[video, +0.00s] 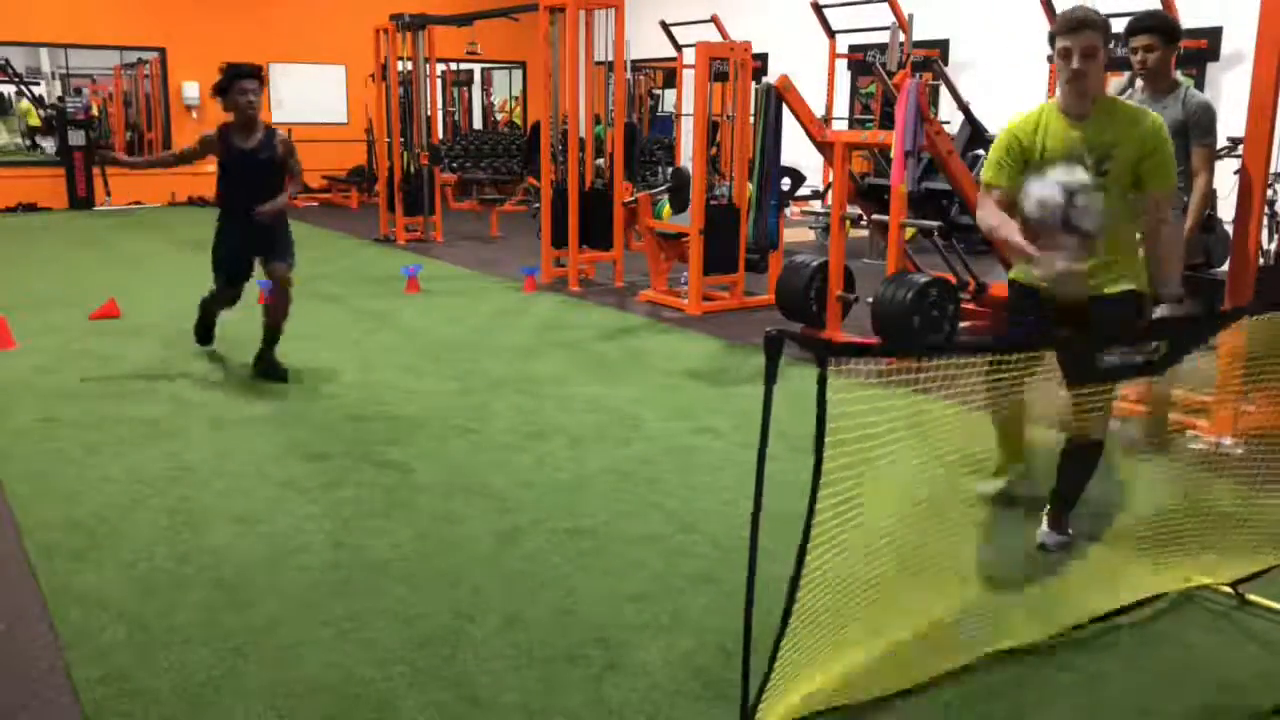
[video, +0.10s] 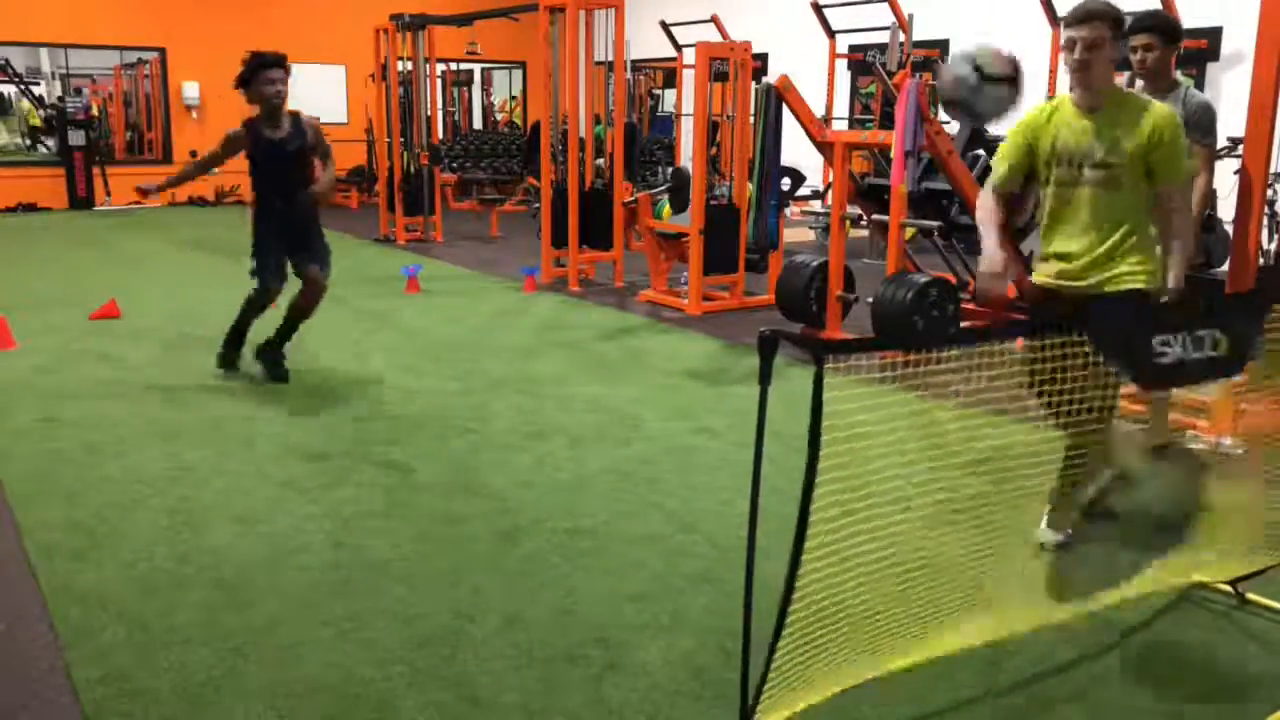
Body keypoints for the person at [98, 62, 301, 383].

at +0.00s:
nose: (251, 100)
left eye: (256, 93)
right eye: (243, 94)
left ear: (262, 98)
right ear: (228, 101)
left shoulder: (280, 144)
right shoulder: (219, 141)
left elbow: (297, 183)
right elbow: (175, 158)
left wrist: (279, 203)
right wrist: (125, 161)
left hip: (272, 223)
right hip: (234, 224)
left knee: (281, 281)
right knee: (229, 294)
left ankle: (267, 354)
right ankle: (207, 311)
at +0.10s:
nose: (278, 89)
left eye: (282, 82)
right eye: (269, 83)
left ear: (288, 87)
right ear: (251, 93)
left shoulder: (307, 128)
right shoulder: (246, 136)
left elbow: (328, 159)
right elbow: (206, 163)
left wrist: (324, 183)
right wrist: (161, 186)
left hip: (304, 220)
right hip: (269, 223)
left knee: (316, 282)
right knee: (270, 288)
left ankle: (274, 346)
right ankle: (235, 339)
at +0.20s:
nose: (314, 88)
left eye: (317, 80)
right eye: (304, 82)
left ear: (322, 85)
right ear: (285, 90)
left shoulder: (336, 126)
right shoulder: (276, 137)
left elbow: (352, 173)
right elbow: (240, 174)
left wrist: (361, 178)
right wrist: (215, 200)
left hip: (337, 216)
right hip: (301, 219)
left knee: (367, 277)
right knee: (314, 283)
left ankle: (329, 342)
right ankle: (288, 370)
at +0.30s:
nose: (356, 93)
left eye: (358, 86)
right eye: (346, 87)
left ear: (365, 92)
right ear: (327, 100)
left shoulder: (373, 139)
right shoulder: (320, 146)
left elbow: (368, 182)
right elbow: (288, 194)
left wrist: (391, 193)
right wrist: (273, 236)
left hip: (364, 232)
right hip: (330, 235)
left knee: (411, 283)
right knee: (345, 304)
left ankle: (431, 368)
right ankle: (302, 382)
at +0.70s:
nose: (488, 82)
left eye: (489, 75)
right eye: (480, 75)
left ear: (489, 78)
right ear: (458, 82)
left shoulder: (485, 122)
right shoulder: (441, 127)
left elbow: (477, 168)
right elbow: (413, 174)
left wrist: (501, 177)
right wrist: (439, 213)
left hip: (490, 221)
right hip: (462, 229)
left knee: (552, 253)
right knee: (503, 301)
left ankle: (531, 333)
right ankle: (493, 387)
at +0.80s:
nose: (519, 103)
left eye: (520, 96)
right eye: (513, 95)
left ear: (513, 97)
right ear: (491, 95)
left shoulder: (505, 136)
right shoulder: (473, 138)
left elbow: (493, 183)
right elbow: (444, 182)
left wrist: (520, 197)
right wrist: (465, 234)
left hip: (521, 228)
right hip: (498, 239)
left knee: (580, 236)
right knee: (528, 309)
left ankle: (579, 307)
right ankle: (496, 389)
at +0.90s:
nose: (548, 99)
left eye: (550, 92)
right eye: (543, 91)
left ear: (539, 91)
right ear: (522, 88)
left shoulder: (528, 128)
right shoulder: (498, 128)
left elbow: (524, 180)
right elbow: (472, 175)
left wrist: (545, 207)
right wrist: (498, 226)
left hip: (543, 221)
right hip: (516, 231)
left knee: (598, 228)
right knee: (537, 305)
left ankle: (595, 287)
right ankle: (498, 386)